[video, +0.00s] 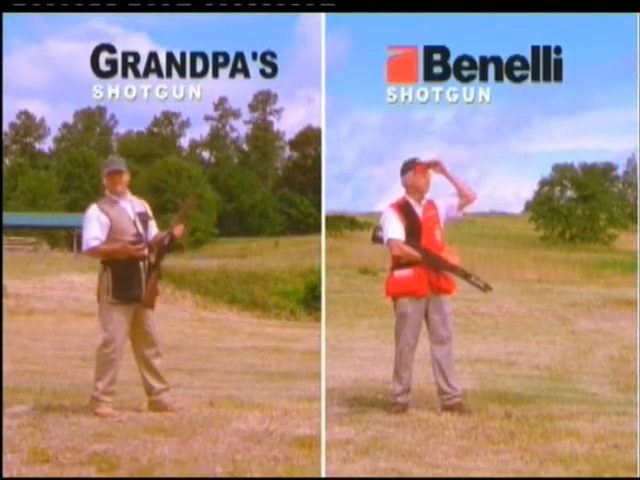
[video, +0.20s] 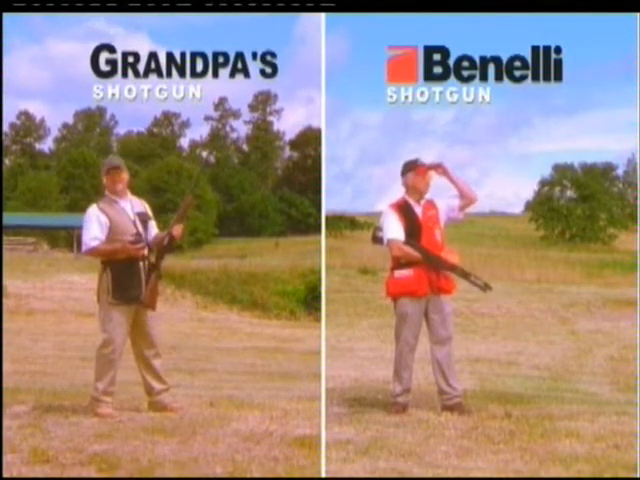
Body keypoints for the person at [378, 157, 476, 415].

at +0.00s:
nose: (427, 178)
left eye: (427, 174)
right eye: (421, 174)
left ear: (428, 179)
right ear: (407, 179)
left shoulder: (437, 208)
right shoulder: (394, 212)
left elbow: (468, 198)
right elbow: (396, 250)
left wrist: (446, 173)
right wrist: (433, 259)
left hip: (436, 281)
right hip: (409, 282)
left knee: (443, 340)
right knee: (406, 343)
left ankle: (450, 397)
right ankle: (400, 396)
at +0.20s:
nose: (427, 180)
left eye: (428, 175)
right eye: (422, 175)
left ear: (428, 180)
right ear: (408, 179)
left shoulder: (437, 208)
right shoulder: (393, 212)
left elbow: (470, 200)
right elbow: (397, 250)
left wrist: (448, 175)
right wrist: (435, 259)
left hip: (436, 281)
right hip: (409, 282)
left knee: (443, 340)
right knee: (406, 343)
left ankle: (451, 397)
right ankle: (400, 396)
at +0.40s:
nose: (429, 181)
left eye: (431, 177)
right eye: (424, 176)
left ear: (431, 181)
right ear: (411, 179)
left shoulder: (438, 209)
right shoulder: (395, 211)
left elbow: (472, 203)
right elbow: (397, 250)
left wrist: (452, 177)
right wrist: (435, 259)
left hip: (437, 282)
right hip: (409, 283)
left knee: (443, 340)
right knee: (406, 343)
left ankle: (451, 397)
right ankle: (400, 396)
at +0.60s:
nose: (432, 187)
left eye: (435, 182)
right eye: (428, 181)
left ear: (435, 183)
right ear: (414, 180)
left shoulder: (440, 209)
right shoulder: (397, 211)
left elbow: (473, 214)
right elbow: (398, 249)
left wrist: (460, 189)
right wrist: (434, 261)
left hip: (438, 282)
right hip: (410, 283)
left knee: (443, 340)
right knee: (406, 343)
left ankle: (451, 397)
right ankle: (401, 396)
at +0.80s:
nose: (436, 189)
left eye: (439, 184)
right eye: (432, 183)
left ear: (441, 185)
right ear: (419, 181)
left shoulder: (444, 210)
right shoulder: (401, 210)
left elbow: (465, 225)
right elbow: (402, 249)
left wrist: (474, 225)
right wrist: (435, 262)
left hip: (440, 281)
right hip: (411, 282)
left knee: (443, 340)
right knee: (407, 343)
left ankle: (450, 397)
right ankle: (400, 397)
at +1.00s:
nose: (441, 190)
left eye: (445, 186)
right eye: (437, 185)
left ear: (448, 186)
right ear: (425, 182)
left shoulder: (449, 210)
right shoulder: (406, 209)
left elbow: (470, 237)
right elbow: (407, 246)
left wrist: (469, 265)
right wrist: (439, 264)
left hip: (442, 283)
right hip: (412, 283)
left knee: (444, 342)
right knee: (407, 343)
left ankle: (451, 397)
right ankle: (400, 396)